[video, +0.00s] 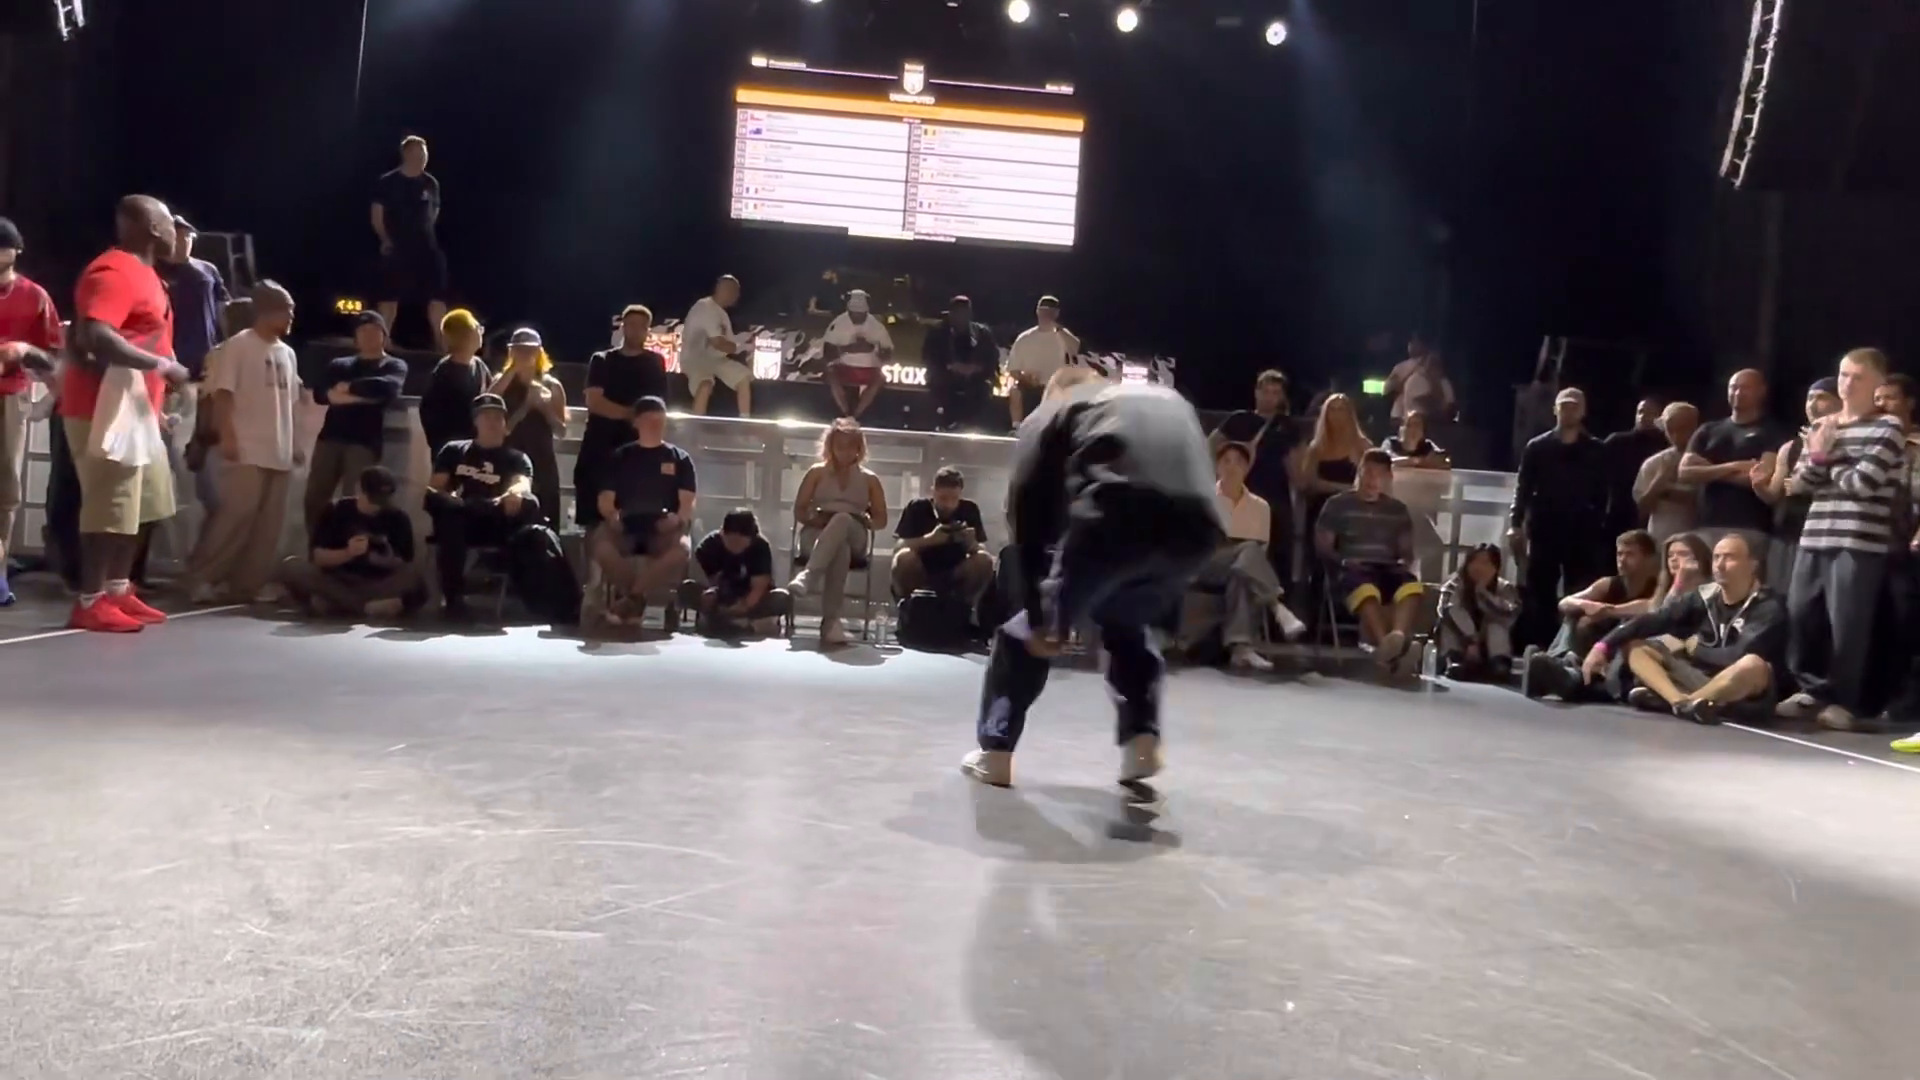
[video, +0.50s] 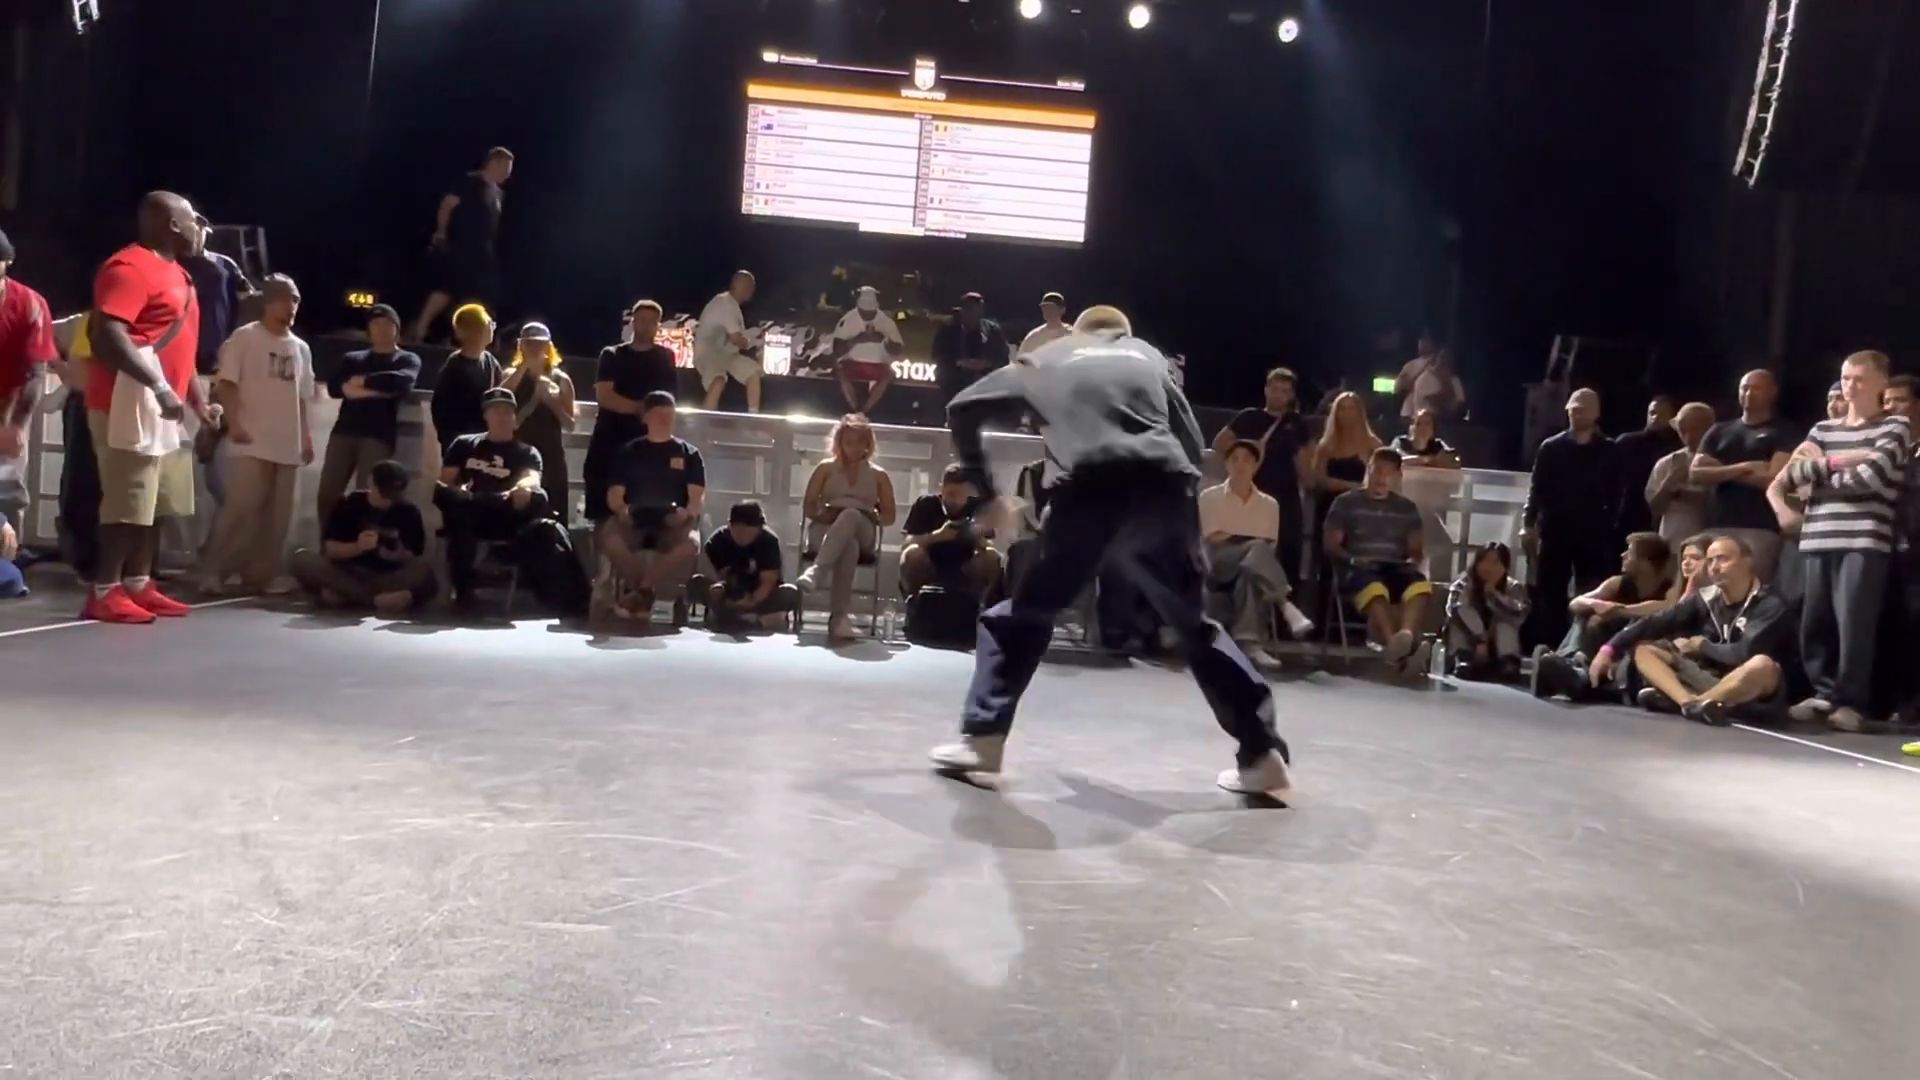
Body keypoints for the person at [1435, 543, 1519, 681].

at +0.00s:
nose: (1478, 568)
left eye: (1485, 563)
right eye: (1474, 562)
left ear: (1495, 569)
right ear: (1467, 565)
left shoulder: (1505, 588)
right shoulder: (1454, 585)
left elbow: (1510, 613)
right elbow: (1448, 610)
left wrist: (1482, 592)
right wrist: (1471, 639)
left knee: (1495, 624)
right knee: (1449, 621)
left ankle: (1500, 662)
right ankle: (1453, 661)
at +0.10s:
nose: (1480, 568)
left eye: (1487, 563)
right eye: (1476, 561)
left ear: (1497, 569)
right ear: (1469, 564)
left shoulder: (1506, 587)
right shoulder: (1456, 584)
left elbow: (1512, 613)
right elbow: (1450, 610)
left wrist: (1484, 592)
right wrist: (1472, 639)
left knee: (1497, 623)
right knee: (1452, 620)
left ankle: (1501, 660)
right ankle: (1454, 660)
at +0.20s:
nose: (1482, 568)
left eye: (1489, 563)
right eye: (1478, 561)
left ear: (1499, 569)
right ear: (1471, 564)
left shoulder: (1508, 588)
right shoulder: (1457, 585)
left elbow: (1513, 613)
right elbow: (1452, 610)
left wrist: (1486, 593)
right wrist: (1474, 638)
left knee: (1499, 623)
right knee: (1454, 620)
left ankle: (1503, 660)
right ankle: (1456, 660)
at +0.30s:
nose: (1484, 568)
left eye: (1491, 564)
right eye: (1479, 561)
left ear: (1501, 569)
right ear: (1472, 564)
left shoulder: (1510, 587)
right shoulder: (1459, 584)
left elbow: (1515, 613)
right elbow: (1453, 609)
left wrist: (1487, 592)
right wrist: (1475, 638)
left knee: (1500, 623)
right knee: (1455, 620)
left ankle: (1504, 660)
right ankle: (1457, 659)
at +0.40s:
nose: (1485, 568)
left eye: (1492, 563)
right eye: (1481, 561)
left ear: (1503, 569)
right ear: (1474, 564)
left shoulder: (1512, 587)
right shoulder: (1461, 584)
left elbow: (1517, 613)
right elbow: (1454, 609)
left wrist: (1490, 593)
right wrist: (1477, 638)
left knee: (1502, 623)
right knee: (1457, 619)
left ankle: (1506, 660)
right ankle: (1459, 659)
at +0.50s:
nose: (1488, 567)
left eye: (1495, 563)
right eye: (1483, 561)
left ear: (1505, 569)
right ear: (1476, 564)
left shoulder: (1514, 587)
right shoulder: (1463, 584)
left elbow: (1519, 613)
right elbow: (1457, 609)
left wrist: (1492, 593)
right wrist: (1479, 638)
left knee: (1504, 624)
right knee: (1459, 620)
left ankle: (1509, 660)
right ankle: (1461, 659)